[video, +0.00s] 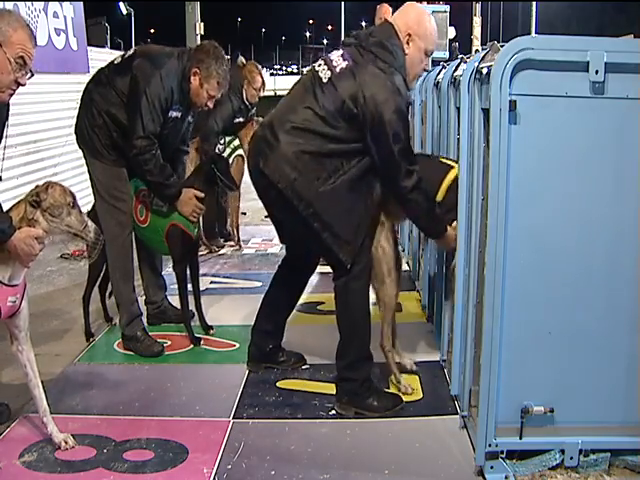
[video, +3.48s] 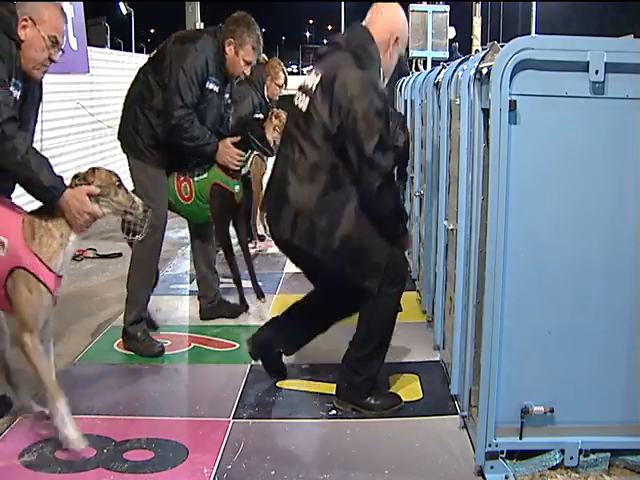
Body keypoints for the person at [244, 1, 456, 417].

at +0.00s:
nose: (427, 66)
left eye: (430, 57)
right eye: (427, 54)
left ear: (398, 33)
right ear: (407, 39)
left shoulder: (359, 52)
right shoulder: (384, 86)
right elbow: (400, 173)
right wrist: (439, 229)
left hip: (269, 157)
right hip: (298, 170)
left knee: (302, 253)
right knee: (351, 262)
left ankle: (263, 347)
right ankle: (355, 386)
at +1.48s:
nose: (431, 74)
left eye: (434, 65)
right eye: (430, 63)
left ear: (400, 47)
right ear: (410, 53)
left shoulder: (366, 75)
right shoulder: (391, 104)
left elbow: (420, 151)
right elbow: (418, 190)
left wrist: (473, 172)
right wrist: (473, 211)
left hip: (291, 207)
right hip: (322, 217)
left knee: (336, 282)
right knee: (392, 271)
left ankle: (268, 347)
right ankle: (358, 388)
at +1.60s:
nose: (426, 83)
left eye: (427, 74)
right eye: (424, 74)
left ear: (395, 63)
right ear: (404, 70)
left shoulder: (361, 87)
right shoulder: (393, 129)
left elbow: (384, 149)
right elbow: (433, 206)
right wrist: (490, 218)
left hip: (296, 229)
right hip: (325, 240)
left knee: (340, 312)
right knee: (400, 275)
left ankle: (264, 333)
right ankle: (359, 388)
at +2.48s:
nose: (405, 128)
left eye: (406, 120)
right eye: (402, 120)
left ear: (373, 109)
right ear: (380, 115)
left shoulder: (347, 128)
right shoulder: (375, 168)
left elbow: (392, 168)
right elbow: (428, 227)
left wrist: (429, 190)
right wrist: (473, 242)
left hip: (299, 270)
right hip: (320, 280)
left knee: (348, 351)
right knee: (400, 277)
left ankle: (275, 330)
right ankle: (358, 388)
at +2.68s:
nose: (399, 137)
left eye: (401, 129)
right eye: (395, 129)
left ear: (374, 116)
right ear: (374, 120)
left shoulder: (349, 135)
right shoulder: (355, 159)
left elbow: (395, 192)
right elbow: (391, 225)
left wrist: (430, 239)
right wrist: (423, 267)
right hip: (309, 281)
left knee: (358, 352)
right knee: (390, 274)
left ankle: (277, 332)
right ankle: (358, 388)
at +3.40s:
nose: (402, 84)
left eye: (404, 75)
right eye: (403, 74)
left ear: (376, 59)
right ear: (390, 66)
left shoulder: (344, 86)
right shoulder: (353, 98)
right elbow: (361, 193)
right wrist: (393, 236)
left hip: (297, 230)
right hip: (305, 234)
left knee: (349, 314)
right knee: (391, 271)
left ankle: (271, 336)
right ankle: (357, 387)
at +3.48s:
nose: (397, 58)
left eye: (400, 49)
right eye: (399, 48)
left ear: (367, 29)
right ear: (390, 39)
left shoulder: (330, 66)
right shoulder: (356, 78)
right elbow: (373, 169)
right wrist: (397, 230)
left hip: (290, 208)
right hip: (311, 211)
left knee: (349, 288)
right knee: (390, 272)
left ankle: (272, 339)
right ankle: (358, 386)